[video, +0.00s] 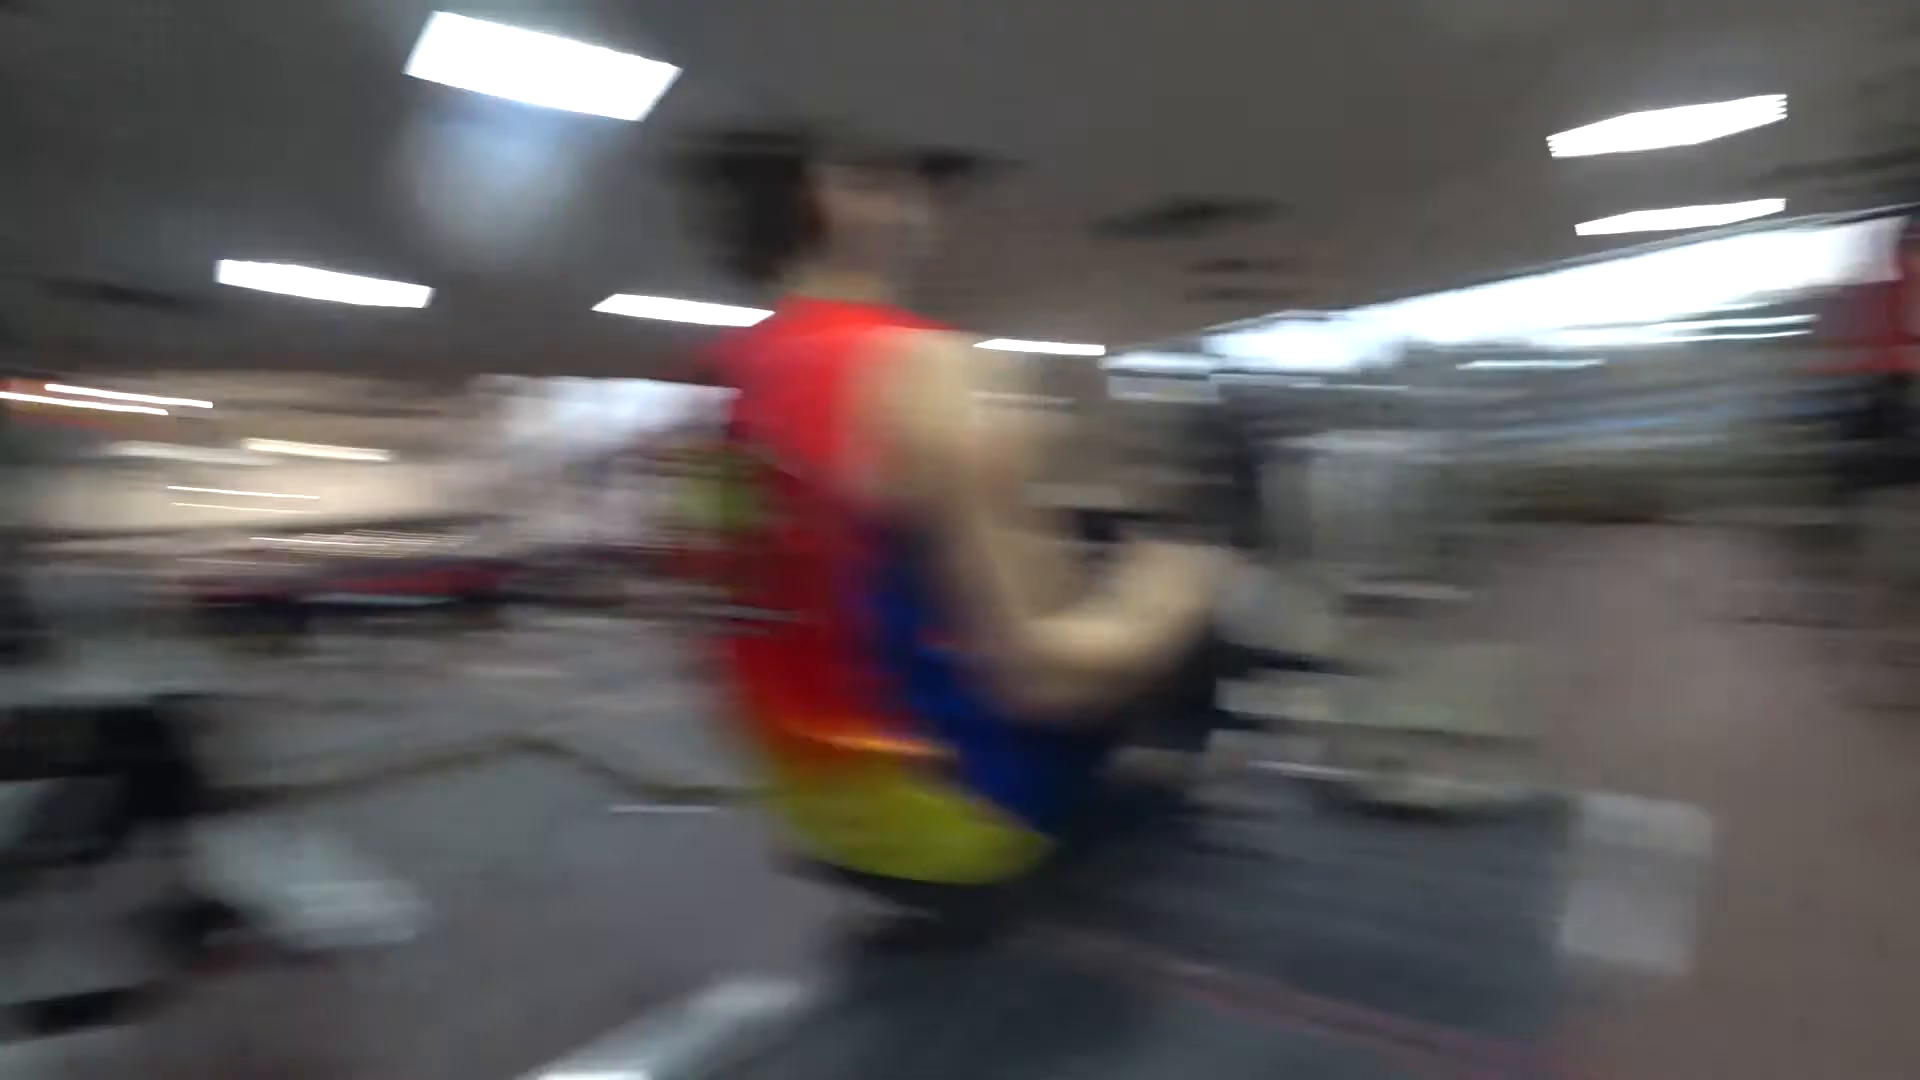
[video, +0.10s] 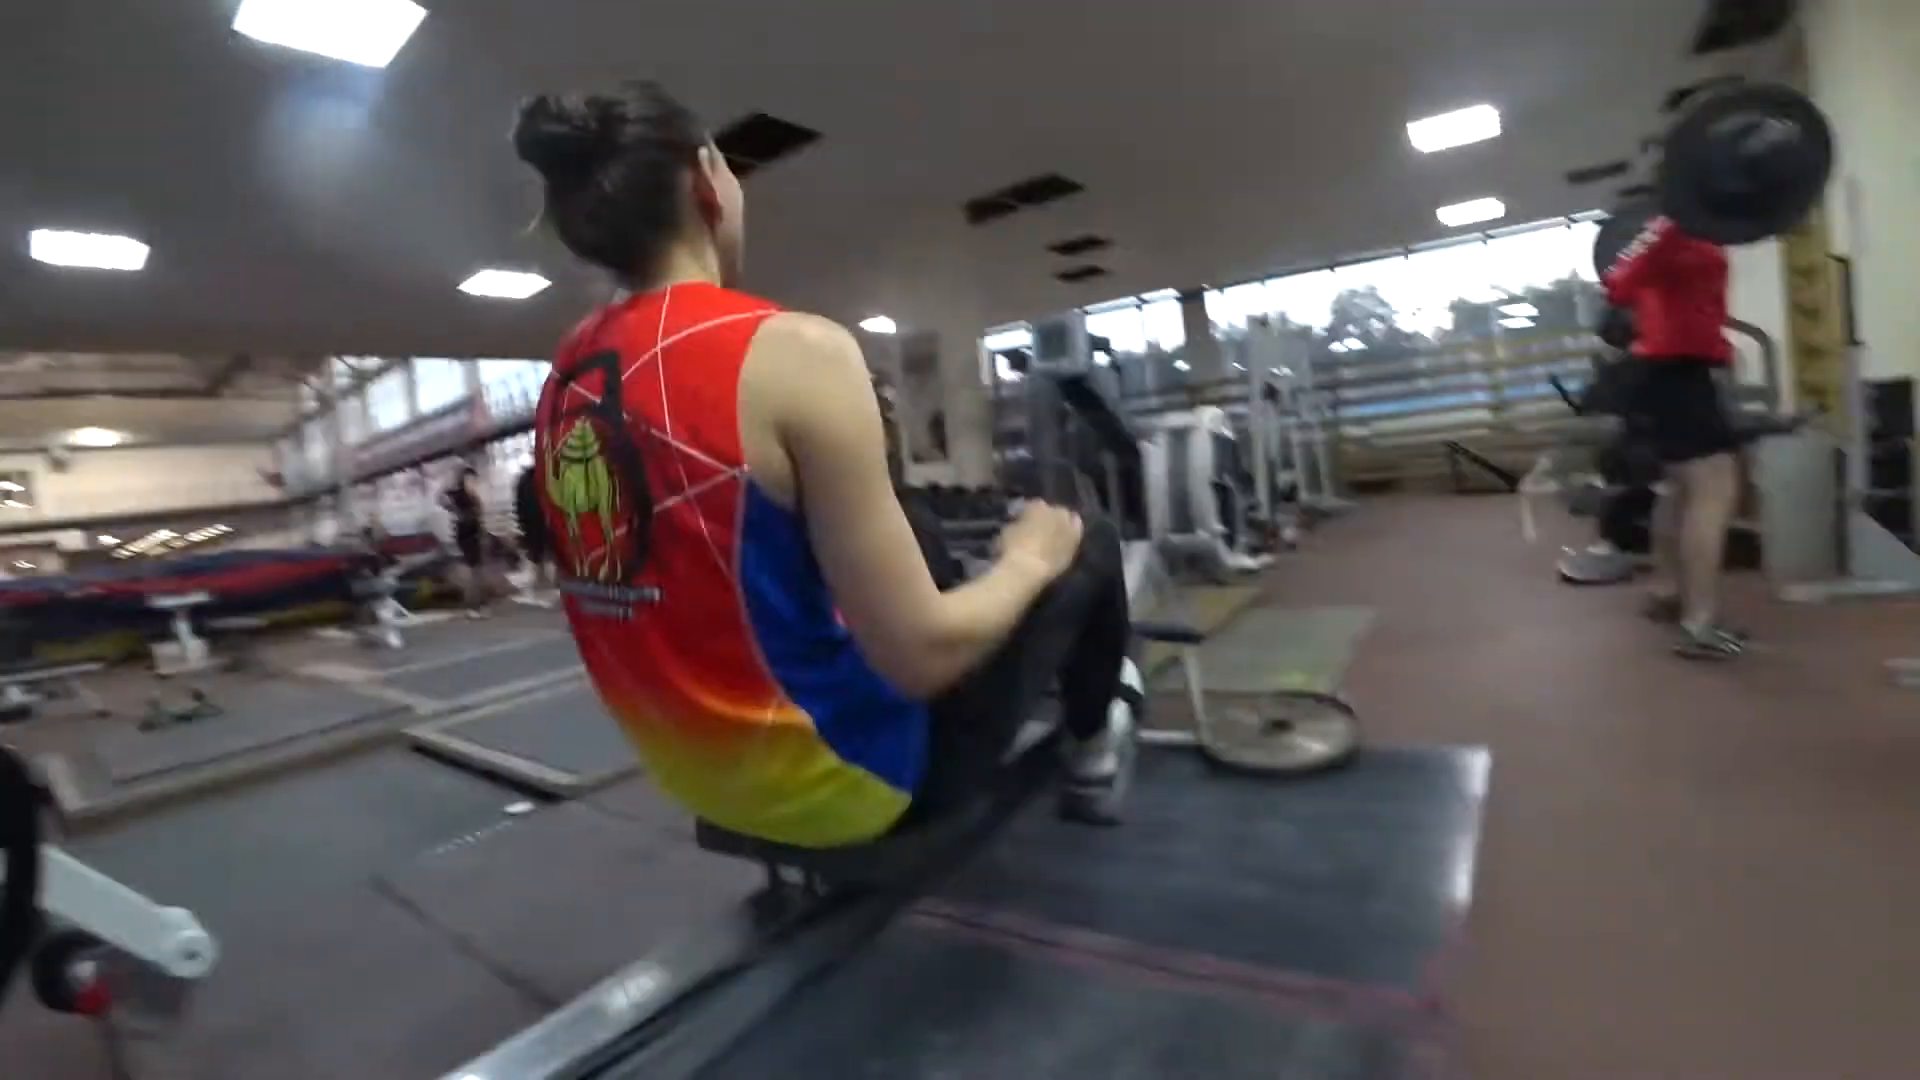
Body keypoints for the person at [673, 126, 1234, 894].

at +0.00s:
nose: (917, 217)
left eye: (908, 186)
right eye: (886, 186)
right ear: (825, 198)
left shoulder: (738, 372)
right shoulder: (915, 369)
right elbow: (1029, 665)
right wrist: (1168, 589)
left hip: (827, 815)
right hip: (956, 824)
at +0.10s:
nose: (737, 188)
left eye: (727, 165)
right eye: (726, 165)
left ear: (586, 231)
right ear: (706, 183)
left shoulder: (570, 375)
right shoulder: (797, 355)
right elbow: (921, 658)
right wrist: (1023, 564)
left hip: (717, 799)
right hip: (856, 807)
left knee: (920, 512)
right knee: (1084, 537)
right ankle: (1096, 747)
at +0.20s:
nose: (675, 195)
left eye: (662, 172)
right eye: (661, 172)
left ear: (530, 241)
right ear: (642, 195)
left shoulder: (518, 383)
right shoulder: (739, 362)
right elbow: (860, 644)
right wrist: (969, 547)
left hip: (668, 793)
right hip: (802, 793)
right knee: (1014, 526)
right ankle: (1013, 742)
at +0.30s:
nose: (612, 197)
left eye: (605, 174)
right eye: (603, 175)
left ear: (465, 232)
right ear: (583, 191)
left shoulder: (440, 374)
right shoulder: (666, 365)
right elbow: (771, 643)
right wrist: (889, 553)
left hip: (576, 777)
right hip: (714, 783)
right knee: (937, 537)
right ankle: (901, 747)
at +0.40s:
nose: (618, 195)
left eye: (612, 173)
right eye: (610, 173)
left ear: (470, 211)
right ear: (586, 187)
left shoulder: (439, 347)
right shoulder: (658, 356)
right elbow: (744, 637)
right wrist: (869, 554)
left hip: (545, 748)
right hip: (682, 761)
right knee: (925, 536)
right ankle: (858, 747)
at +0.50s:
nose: (721, 201)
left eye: (714, 182)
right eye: (714, 183)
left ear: (587, 223)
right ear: (687, 203)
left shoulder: (549, 354)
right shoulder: (755, 363)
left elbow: (536, 548)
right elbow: (821, 625)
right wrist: (953, 553)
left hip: (643, 725)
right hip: (770, 738)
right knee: (1003, 535)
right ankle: (914, 754)